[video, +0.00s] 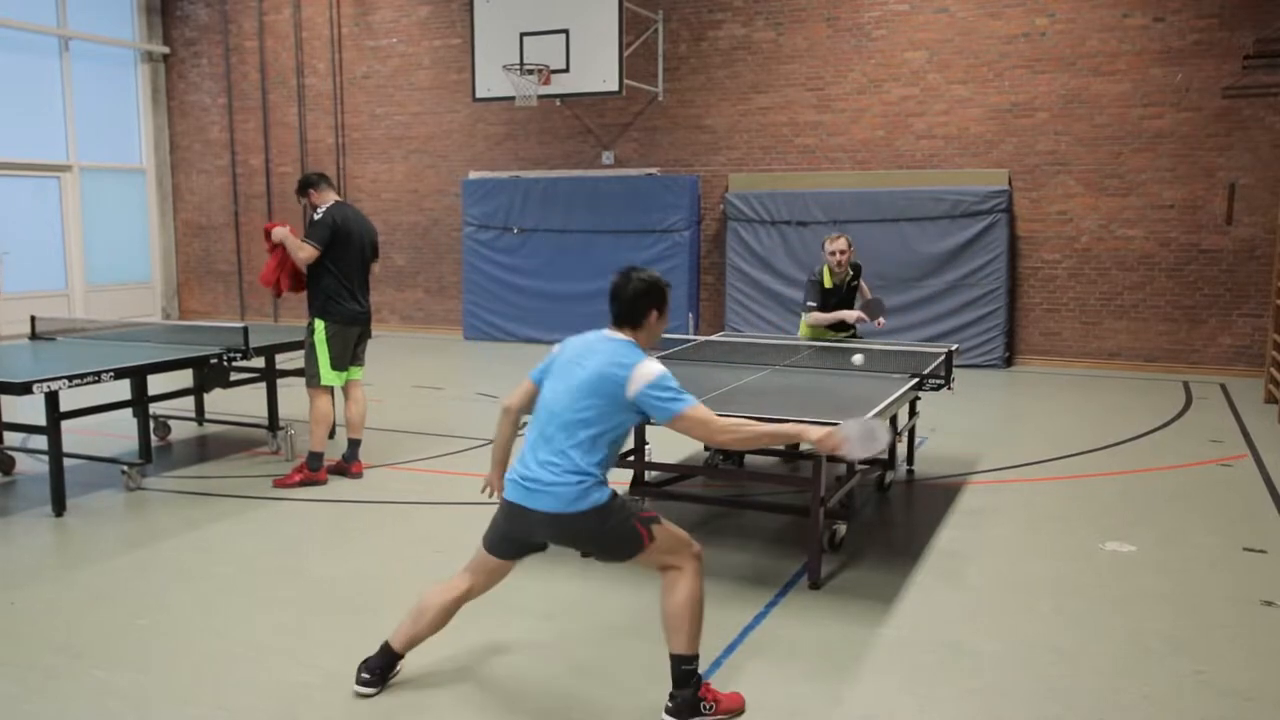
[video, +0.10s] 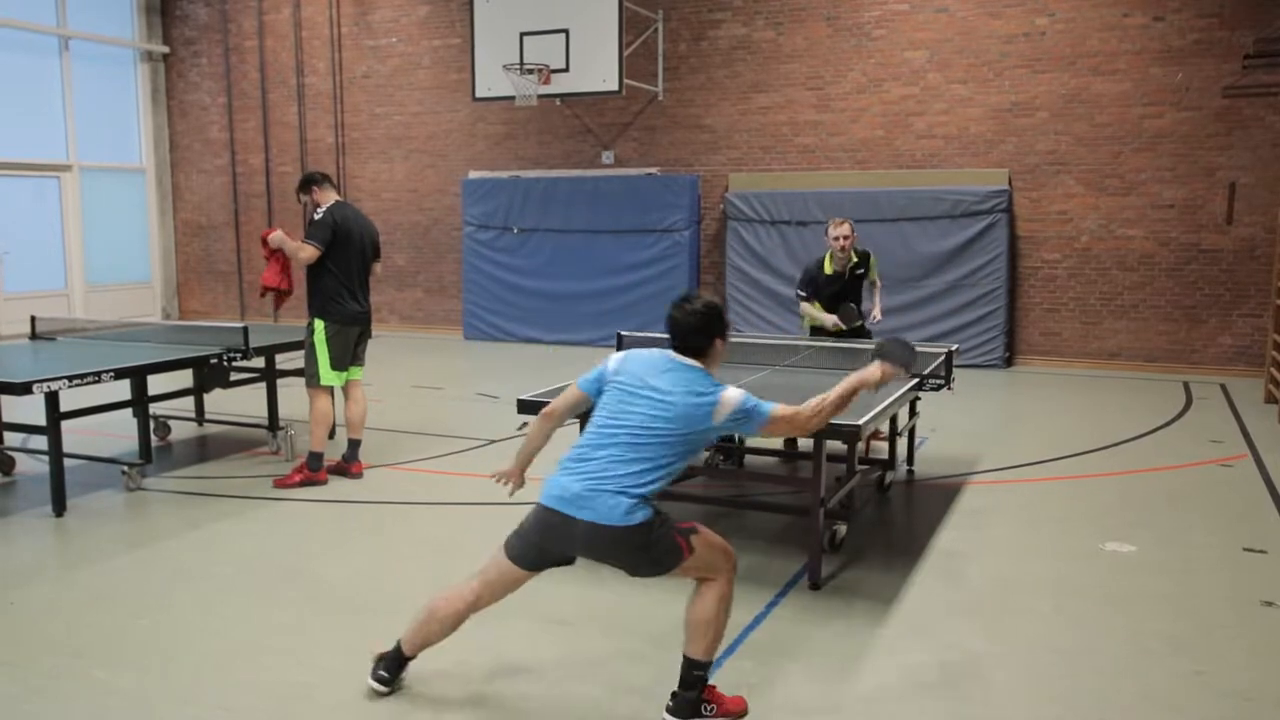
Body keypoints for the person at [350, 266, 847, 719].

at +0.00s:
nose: (667, 325)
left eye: (664, 315)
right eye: (666, 316)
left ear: (616, 313)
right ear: (650, 318)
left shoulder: (569, 348)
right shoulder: (640, 370)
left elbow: (513, 408)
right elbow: (717, 432)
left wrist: (497, 469)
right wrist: (803, 434)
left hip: (522, 498)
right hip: (579, 505)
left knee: (466, 581)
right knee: (682, 555)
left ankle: (380, 662)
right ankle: (686, 693)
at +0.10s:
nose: (728, 343)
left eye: (720, 335)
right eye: (726, 337)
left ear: (672, 335)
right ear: (715, 344)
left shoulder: (624, 363)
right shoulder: (717, 397)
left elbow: (555, 411)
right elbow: (803, 422)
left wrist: (518, 462)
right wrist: (857, 380)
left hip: (556, 511)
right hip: (619, 527)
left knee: (475, 590)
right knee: (718, 563)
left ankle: (391, 662)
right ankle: (691, 697)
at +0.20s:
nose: (773, 345)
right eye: (774, 338)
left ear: (719, 325)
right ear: (768, 341)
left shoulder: (671, 350)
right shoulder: (768, 391)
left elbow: (590, 388)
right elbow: (840, 409)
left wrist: (540, 432)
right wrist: (870, 364)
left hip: (598, 500)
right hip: (665, 526)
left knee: (531, 589)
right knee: (735, 568)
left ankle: (439, 683)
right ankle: (693, 693)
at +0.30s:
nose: (809, 317)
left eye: (808, 309)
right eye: (808, 310)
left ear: (747, 301)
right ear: (799, 315)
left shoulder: (695, 333)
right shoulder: (797, 367)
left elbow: (601, 357)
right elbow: (863, 437)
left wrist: (552, 414)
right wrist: (899, 420)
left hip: (642, 494)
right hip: (713, 508)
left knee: (605, 601)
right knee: (763, 572)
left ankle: (551, 707)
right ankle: (730, 689)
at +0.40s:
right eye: (832, 307)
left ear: (769, 296)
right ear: (825, 315)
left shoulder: (718, 329)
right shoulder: (836, 378)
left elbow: (628, 340)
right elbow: (894, 479)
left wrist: (575, 424)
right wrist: (913, 474)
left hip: (687, 517)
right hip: (768, 522)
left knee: (658, 651)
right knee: (831, 596)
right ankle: (831, 710)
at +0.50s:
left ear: (781, 317)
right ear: (843, 330)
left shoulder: (737, 362)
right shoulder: (863, 400)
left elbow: (699, 425)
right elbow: (911, 522)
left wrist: (656, 532)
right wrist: (916, 549)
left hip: (746, 574)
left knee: (688, 712)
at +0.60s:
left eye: (764, 338)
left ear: (767, 348)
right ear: (831, 355)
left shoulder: (742, 406)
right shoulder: (873, 426)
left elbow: (748, 512)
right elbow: (914, 551)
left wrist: (734, 628)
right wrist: (913, 610)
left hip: (779, 619)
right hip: (874, 615)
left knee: (696, 714)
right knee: (937, 711)